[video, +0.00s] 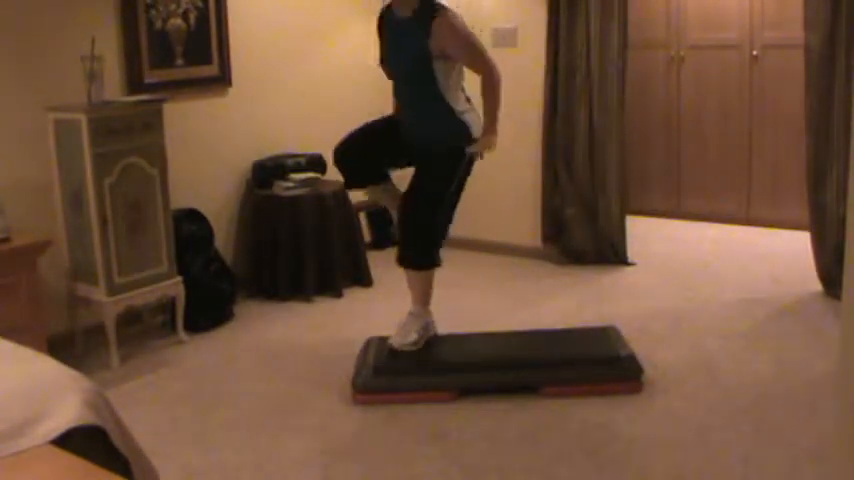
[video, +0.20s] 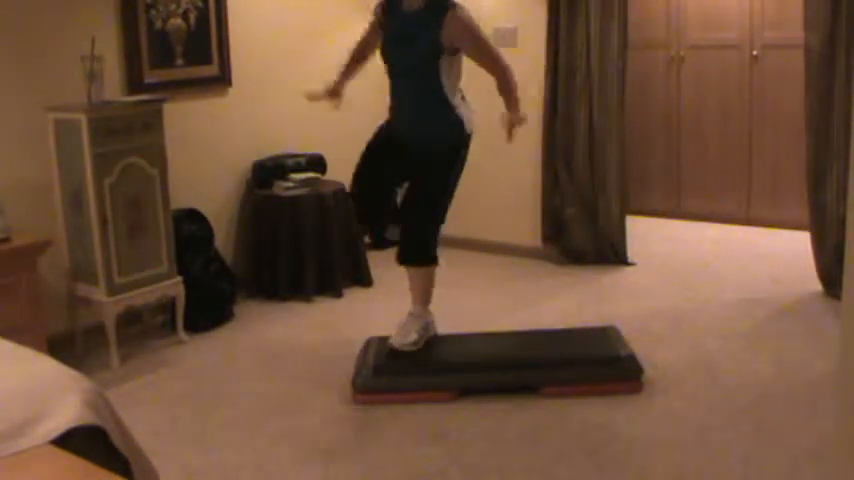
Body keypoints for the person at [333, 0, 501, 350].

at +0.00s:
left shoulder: (441, 21)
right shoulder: (387, 18)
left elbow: (490, 71)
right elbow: (400, 77)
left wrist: (490, 131)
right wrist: (398, 124)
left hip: (451, 136)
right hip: (411, 128)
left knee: (418, 221)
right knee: (351, 155)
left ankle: (420, 316)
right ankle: (403, 209)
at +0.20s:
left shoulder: (450, 17)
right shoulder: (387, 11)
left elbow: (498, 66)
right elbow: (365, 47)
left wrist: (513, 109)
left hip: (444, 134)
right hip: (401, 128)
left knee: (419, 223)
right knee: (365, 196)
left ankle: (420, 315)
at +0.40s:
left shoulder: (461, 21)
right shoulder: (389, 13)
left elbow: (519, 30)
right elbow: (335, 13)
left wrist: (543, 17)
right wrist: (292, 8)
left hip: (445, 137)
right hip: (400, 137)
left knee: (425, 225)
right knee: (405, 225)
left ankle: (418, 315)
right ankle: (416, 311)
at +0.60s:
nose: (438, 12)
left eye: (441, 5)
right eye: (433, 6)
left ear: (450, 11)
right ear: (420, 11)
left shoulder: (464, 47)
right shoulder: (396, 47)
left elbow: (522, 45)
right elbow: (341, 50)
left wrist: (544, 22)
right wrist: (326, 26)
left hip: (455, 153)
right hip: (410, 155)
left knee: (443, 219)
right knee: (414, 232)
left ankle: (436, 304)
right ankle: (422, 305)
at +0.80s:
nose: (470, 5)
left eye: (474, 1)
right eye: (463, 0)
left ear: (478, 3)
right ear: (446, 1)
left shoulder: (490, 35)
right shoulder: (421, 33)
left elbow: (520, 64)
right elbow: (372, 63)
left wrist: (541, 98)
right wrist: (356, 104)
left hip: (475, 141)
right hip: (429, 143)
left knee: (490, 222)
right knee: (425, 226)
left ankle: (492, 295)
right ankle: (419, 305)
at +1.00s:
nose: (506, 8)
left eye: (509, 3)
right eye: (497, 2)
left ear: (514, 8)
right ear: (479, 8)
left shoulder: (518, 45)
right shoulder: (454, 47)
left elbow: (522, 87)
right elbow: (421, 83)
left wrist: (531, 122)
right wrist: (407, 131)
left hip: (507, 158)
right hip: (463, 159)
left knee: (513, 237)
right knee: (458, 241)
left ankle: (500, 307)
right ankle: (428, 305)